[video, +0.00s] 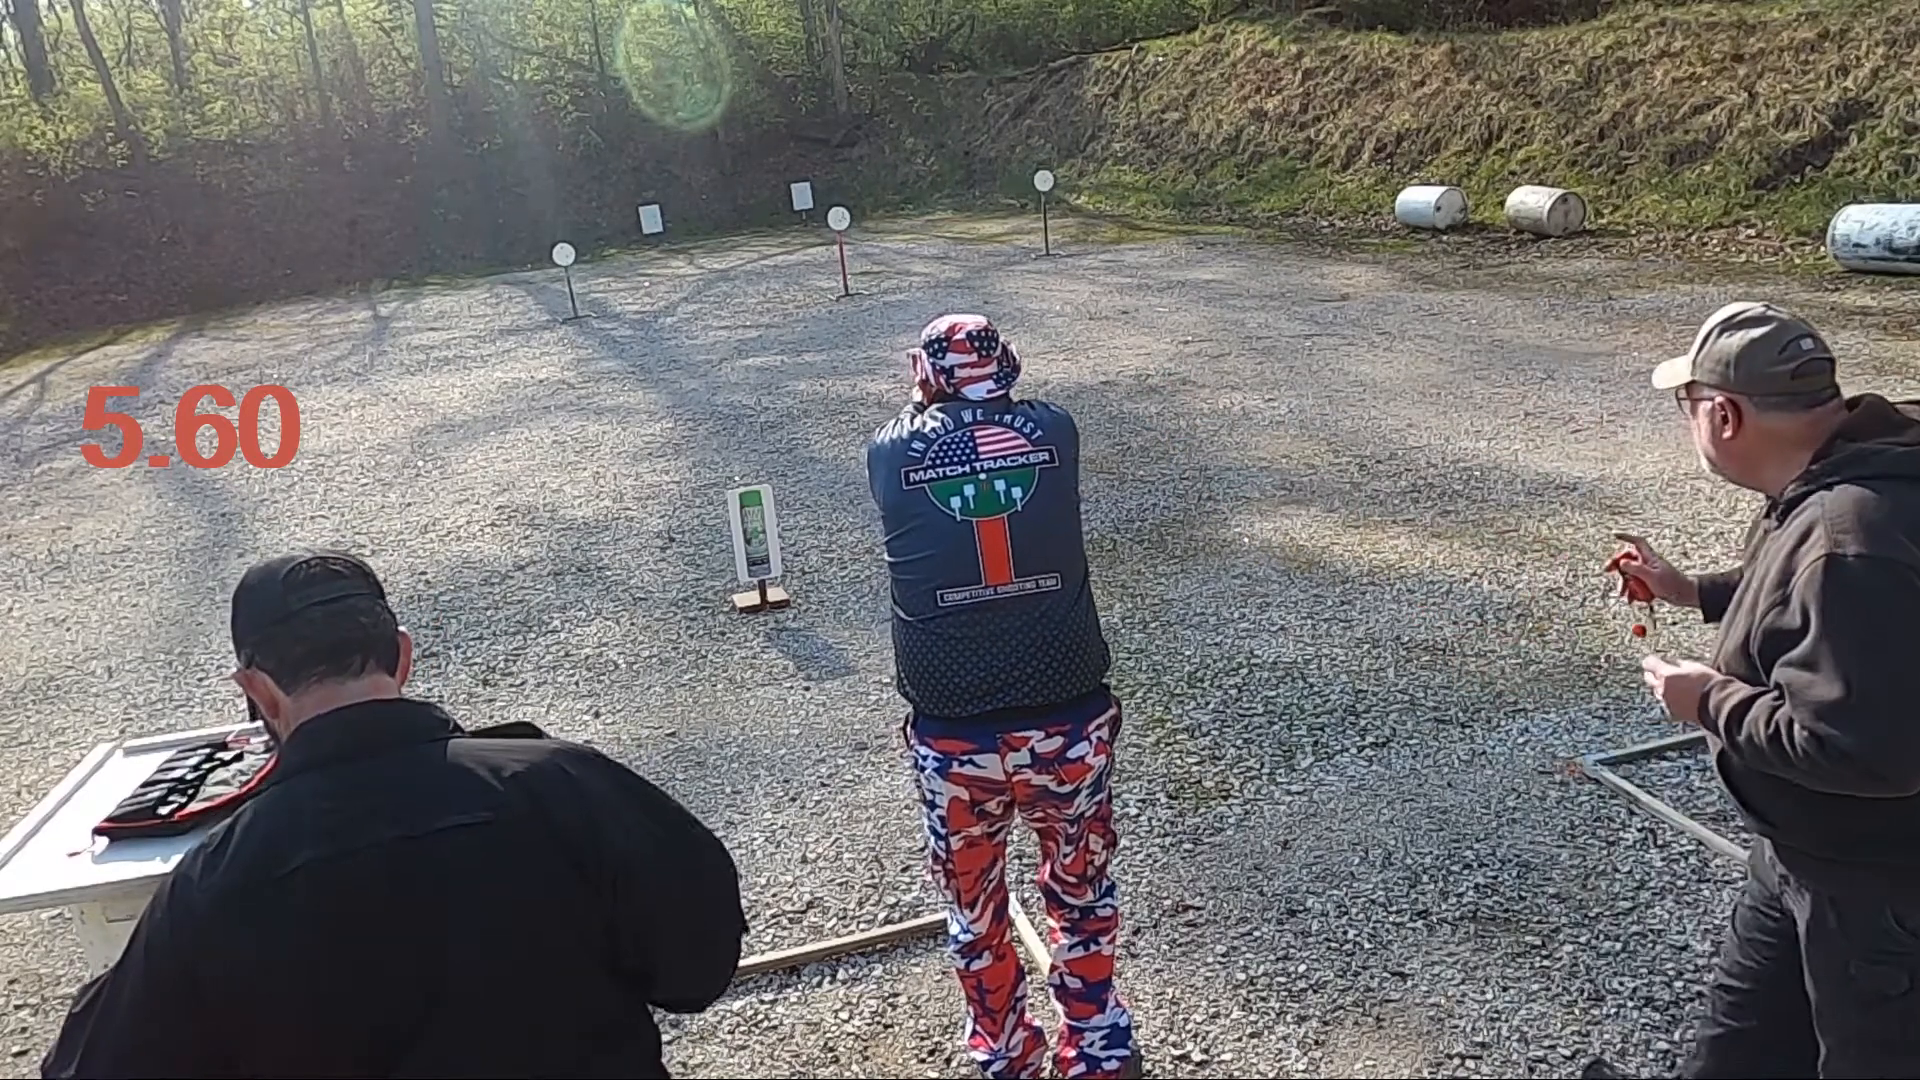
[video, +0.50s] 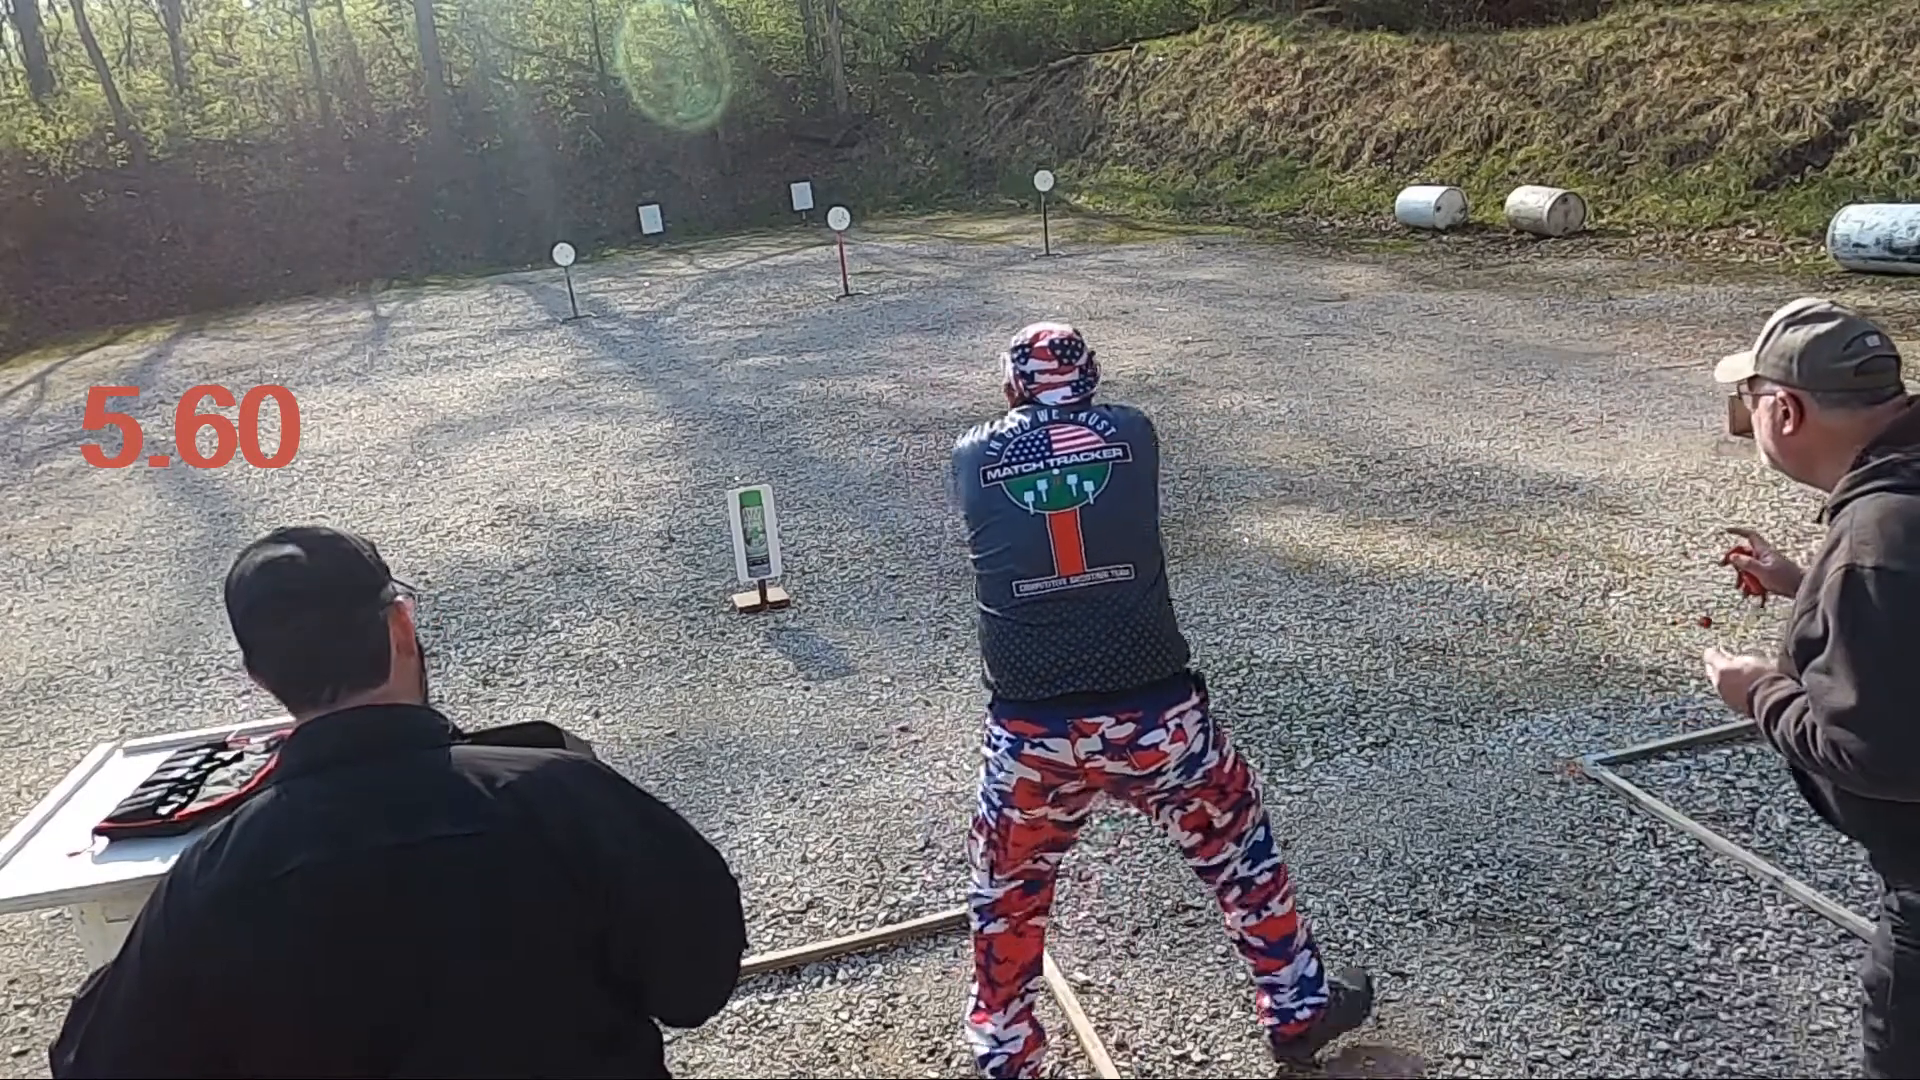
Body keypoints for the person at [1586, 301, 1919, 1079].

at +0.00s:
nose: (1689, 425)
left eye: (1688, 407)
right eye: (1685, 407)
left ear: (1726, 416)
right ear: (1813, 394)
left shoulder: (1851, 547)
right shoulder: (1821, 487)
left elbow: (1867, 752)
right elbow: (1792, 597)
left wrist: (1711, 702)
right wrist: (1686, 590)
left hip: (1868, 889)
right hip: (1803, 857)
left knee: (1872, 1064)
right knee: (1731, 1056)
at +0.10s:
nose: (1709, 427)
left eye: (1707, 408)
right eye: (1706, 409)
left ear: (1746, 415)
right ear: (1834, 391)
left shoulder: (1861, 548)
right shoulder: (1856, 483)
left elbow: (1866, 755)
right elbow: (1821, 589)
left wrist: (1730, 699)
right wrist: (1719, 587)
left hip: (1882, 884)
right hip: (1827, 849)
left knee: (1880, 1056)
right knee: (1768, 1028)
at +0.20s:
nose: (1723, 423)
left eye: (1722, 405)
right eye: (1720, 405)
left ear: (1760, 413)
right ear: (1847, 391)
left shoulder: (1865, 546)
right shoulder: (1870, 487)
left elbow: (1869, 756)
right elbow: (1846, 587)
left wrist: (1739, 697)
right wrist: (1744, 581)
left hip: (1889, 879)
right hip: (1852, 841)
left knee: (1888, 1053)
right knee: (1802, 950)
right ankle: (1814, 1066)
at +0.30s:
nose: (1730, 420)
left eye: (1730, 401)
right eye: (1728, 402)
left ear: (1770, 412)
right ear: (1856, 391)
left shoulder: (1870, 545)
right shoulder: (1872, 489)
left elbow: (1871, 756)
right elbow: (1865, 600)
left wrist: (1746, 696)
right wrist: (1770, 582)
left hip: (1890, 881)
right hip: (1861, 856)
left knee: (1888, 1053)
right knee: (1861, 1034)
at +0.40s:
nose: (1744, 422)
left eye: (1743, 402)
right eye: (1740, 402)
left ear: (1778, 410)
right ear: (1867, 388)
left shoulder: (1871, 546)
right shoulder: (1891, 484)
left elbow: (1874, 753)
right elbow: (1881, 609)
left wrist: (1753, 693)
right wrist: (1785, 583)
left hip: (1900, 874)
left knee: (1895, 1046)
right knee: (1892, 1027)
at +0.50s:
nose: (1757, 430)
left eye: (1754, 409)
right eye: (1752, 409)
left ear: (1787, 411)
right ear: (1877, 389)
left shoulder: (1875, 543)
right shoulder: (1897, 489)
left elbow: (1872, 756)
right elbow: (1892, 609)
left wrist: (1762, 695)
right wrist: (1799, 581)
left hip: (1912, 903)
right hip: (1912, 890)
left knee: (1894, 1057)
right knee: (1890, 1050)